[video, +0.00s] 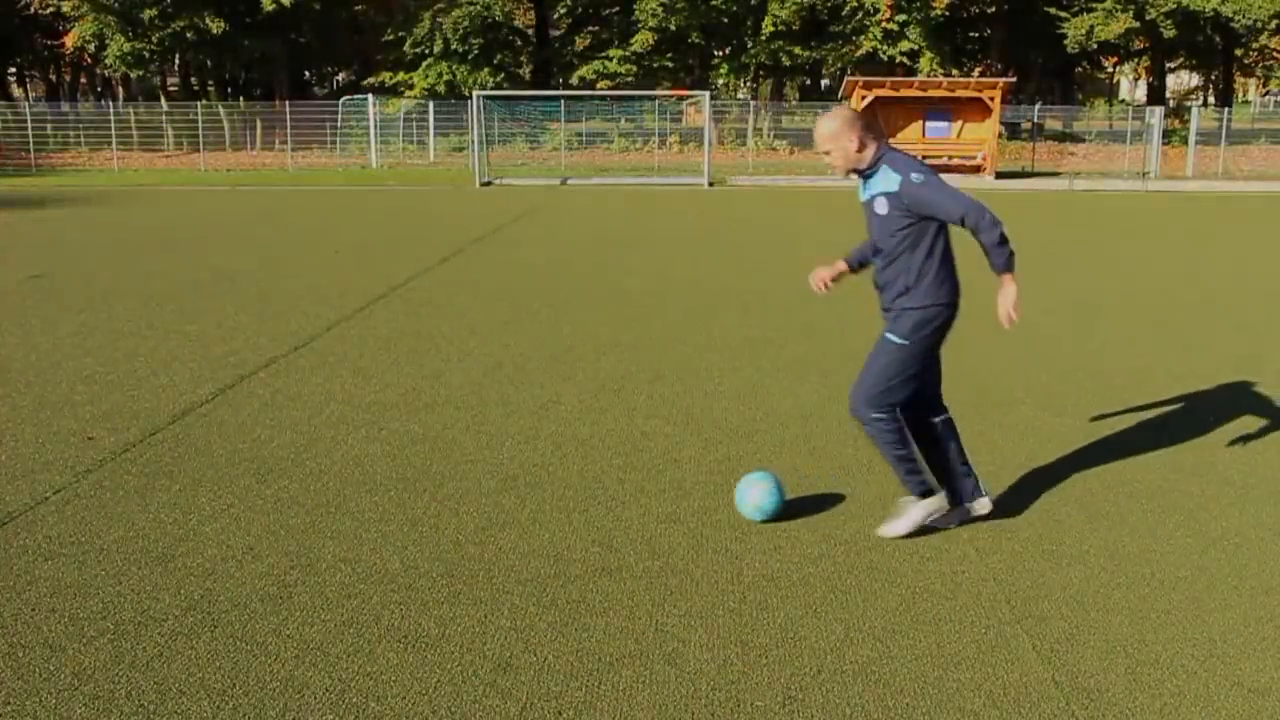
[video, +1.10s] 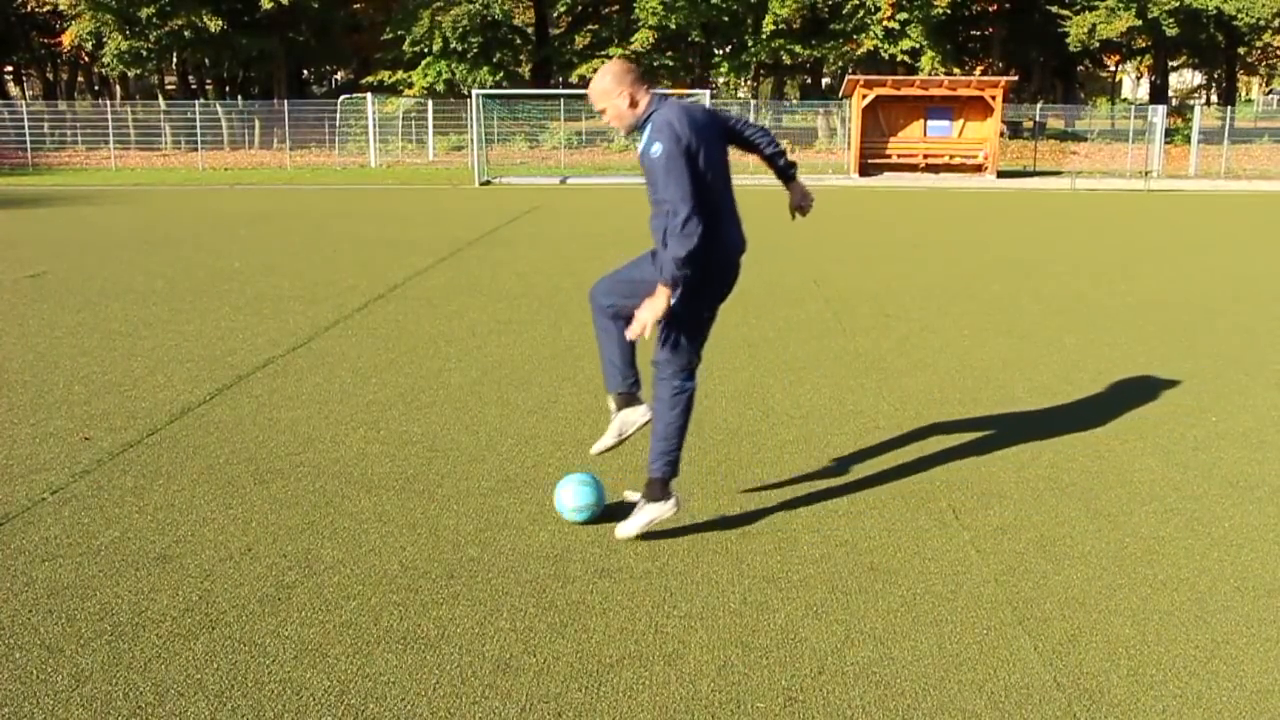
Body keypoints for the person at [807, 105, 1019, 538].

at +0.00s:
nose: (828, 163)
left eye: (830, 154)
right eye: (825, 155)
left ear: (857, 143)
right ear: (856, 144)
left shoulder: (905, 177)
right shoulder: (873, 175)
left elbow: (977, 216)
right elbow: (887, 238)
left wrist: (1007, 278)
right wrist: (843, 265)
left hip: (923, 308)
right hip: (907, 307)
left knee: (869, 402)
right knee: (923, 405)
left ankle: (925, 495)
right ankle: (969, 496)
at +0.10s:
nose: (794, 154)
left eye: (795, 145)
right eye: (790, 146)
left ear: (823, 136)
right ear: (823, 136)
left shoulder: (870, 167)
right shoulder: (841, 166)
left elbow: (950, 196)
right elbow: (857, 225)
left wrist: (972, 252)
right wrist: (820, 239)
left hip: (886, 301)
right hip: (878, 298)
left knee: (834, 396)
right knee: (899, 393)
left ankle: (830, 510)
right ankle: (957, 486)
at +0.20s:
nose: (761, 157)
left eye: (764, 149)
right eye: (759, 149)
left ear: (792, 142)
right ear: (793, 142)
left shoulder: (835, 182)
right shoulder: (812, 173)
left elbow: (897, 230)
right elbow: (831, 234)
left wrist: (923, 297)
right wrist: (798, 266)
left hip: (846, 313)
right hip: (837, 308)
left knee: (797, 408)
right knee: (848, 404)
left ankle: (791, 518)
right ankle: (929, 471)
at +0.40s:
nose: (711, 153)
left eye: (713, 143)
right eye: (708, 144)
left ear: (739, 136)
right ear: (745, 135)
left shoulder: (766, 182)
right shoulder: (786, 164)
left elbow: (751, 268)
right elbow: (836, 206)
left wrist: (676, 279)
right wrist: (843, 257)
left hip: (791, 309)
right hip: (770, 301)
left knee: (755, 419)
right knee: (701, 354)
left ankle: (786, 519)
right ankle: (763, 444)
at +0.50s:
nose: (691, 126)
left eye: (691, 115)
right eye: (687, 117)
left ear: (716, 105)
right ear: (721, 102)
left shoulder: (748, 142)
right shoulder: (767, 129)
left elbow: (723, 220)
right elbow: (830, 163)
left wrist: (656, 219)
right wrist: (843, 213)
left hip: (770, 277)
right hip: (742, 267)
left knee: (761, 388)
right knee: (670, 302)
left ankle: (779, 501)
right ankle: (706, 402)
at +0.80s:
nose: (652, 95)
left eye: (651, 83)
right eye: (647, 86)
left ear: (675, 69)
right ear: (681, 65)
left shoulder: (705, 109)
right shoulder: (735, 94)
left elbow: (702, 195)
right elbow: (799, 125)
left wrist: (645, 238)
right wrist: (823, 175)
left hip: (737, 247)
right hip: (720, 234)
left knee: (716, 351)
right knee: (639, 273)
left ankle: (730, 469)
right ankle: (663, 378)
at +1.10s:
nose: (606, 121)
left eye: (606, 110)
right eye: (601, 112)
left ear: (631, 96)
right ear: (636, 93)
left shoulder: (660, 138)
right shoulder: (690, 112)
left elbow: (683, 222)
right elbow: (756, 135)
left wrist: (663, 291)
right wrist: (792, 181)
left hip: (703, 264)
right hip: (689, 251)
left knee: (673, 370)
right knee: (607, 296)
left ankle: (658, 493)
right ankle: (627, 403)